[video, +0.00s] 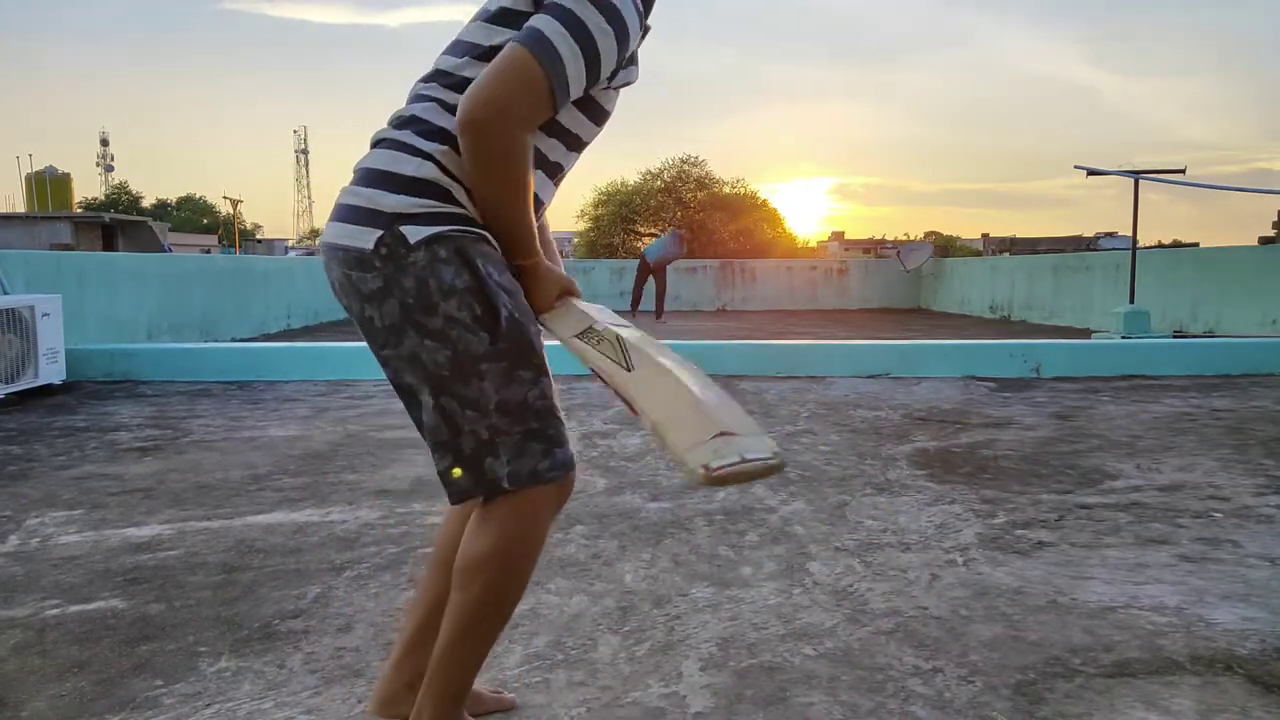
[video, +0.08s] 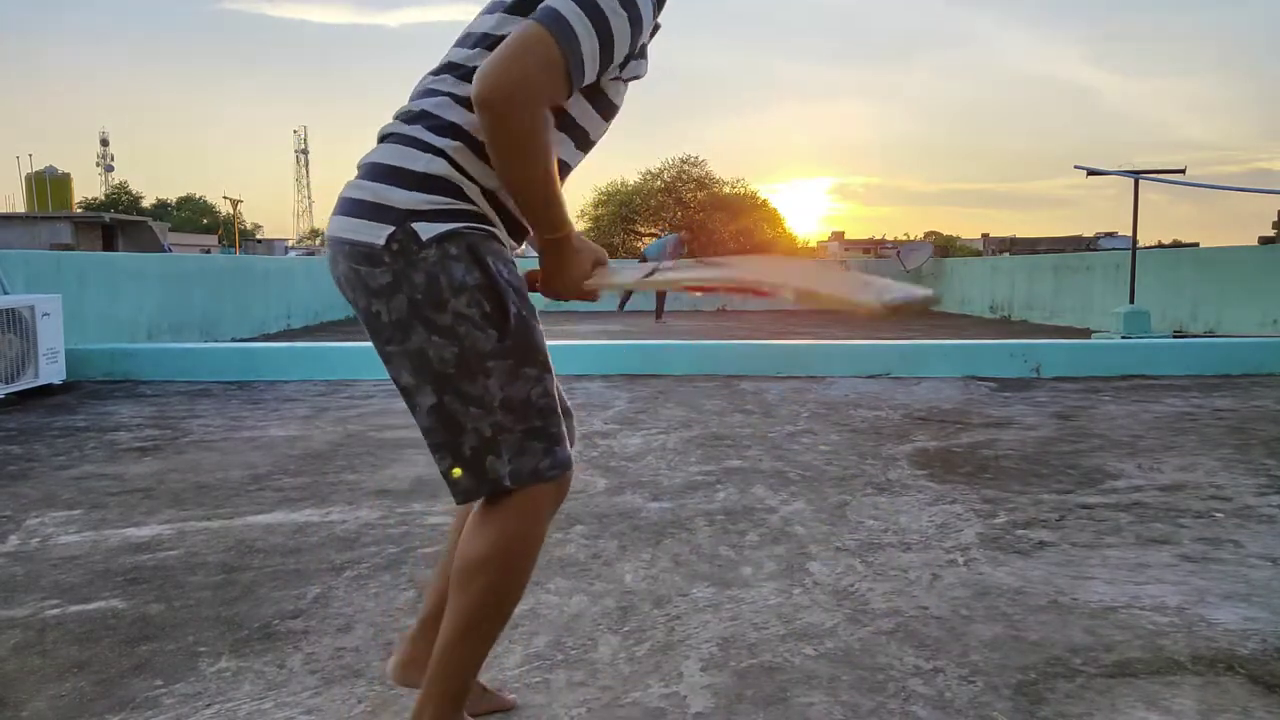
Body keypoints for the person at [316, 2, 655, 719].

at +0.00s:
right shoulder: (611, 8)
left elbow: (504, 147)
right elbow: (491, 117)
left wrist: (540, 262)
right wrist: (529, 263)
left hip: (380, 232)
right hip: (422, 234)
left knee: (486, 484)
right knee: (536, 475)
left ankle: (400, 693)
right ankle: (438, 702)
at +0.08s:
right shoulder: (620, 3)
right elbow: (508, 89)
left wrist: (551, 245)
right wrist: (558, 239)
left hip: (392, 225)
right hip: (428, 228)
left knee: (516, 455)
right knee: (536, 472)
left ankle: (427, 649)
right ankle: (440, 704)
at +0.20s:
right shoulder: (632, 2)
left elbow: (512, 136)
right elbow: (536, 9)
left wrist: (589, 231)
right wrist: (621, 169)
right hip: (438, 219)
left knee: (553, 405)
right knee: (529, 474)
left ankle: (518, 643)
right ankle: (437, 706)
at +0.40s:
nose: (699, 10)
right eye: (692, 12)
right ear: (678, 0)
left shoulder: (575, 21)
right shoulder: (656, 2)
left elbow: (634, 127)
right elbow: (587, 104)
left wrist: (711, 220)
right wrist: (706, 228)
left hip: (412, 247)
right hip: (497, 250)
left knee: (545, 456)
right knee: (560, 494)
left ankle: (622, 612)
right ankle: (434, 708)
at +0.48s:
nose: (718, 15)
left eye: (721, 8)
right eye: (723, 6)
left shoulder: (573, 8)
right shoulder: (670, 40)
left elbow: (681, 149)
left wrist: (746, 250)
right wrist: (719, 293)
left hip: (433, 254)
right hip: (522, 262)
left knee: (554, 454)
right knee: (568, 485)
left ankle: (624, 612)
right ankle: (435, 705)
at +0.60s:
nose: (739, 13)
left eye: (740, 8)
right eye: (741, 8)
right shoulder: (704, 48)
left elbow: (578, 96)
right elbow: (681, 207)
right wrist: (676, 246)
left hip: (454, 238)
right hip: (553, 261)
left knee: (540, 453)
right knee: (569, 475)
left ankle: (610, 612)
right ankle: (433, 677)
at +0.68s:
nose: (752, 1)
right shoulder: (729, 59)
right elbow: (696, 151)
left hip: (470, 244)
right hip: (572, 273)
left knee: (544, 450)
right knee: (560, 469)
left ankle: (611, 609)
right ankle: (431, 662)